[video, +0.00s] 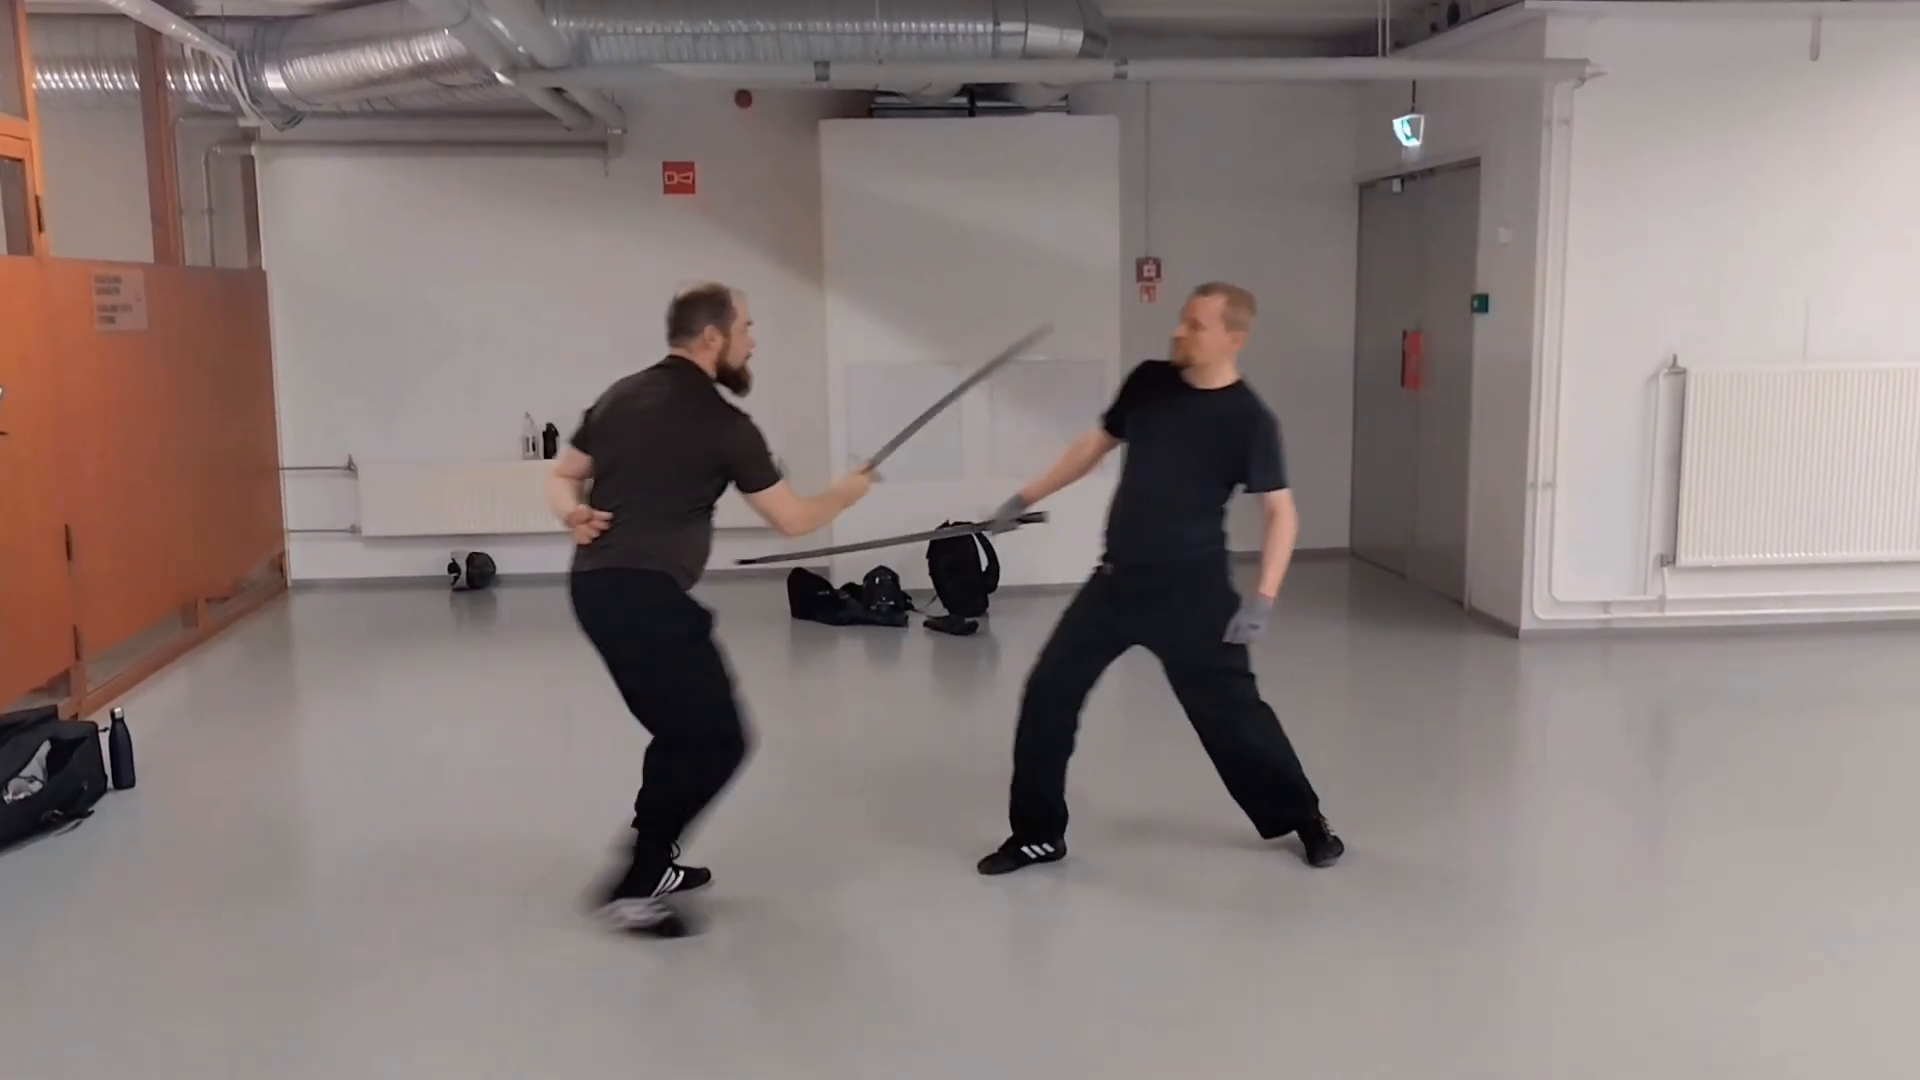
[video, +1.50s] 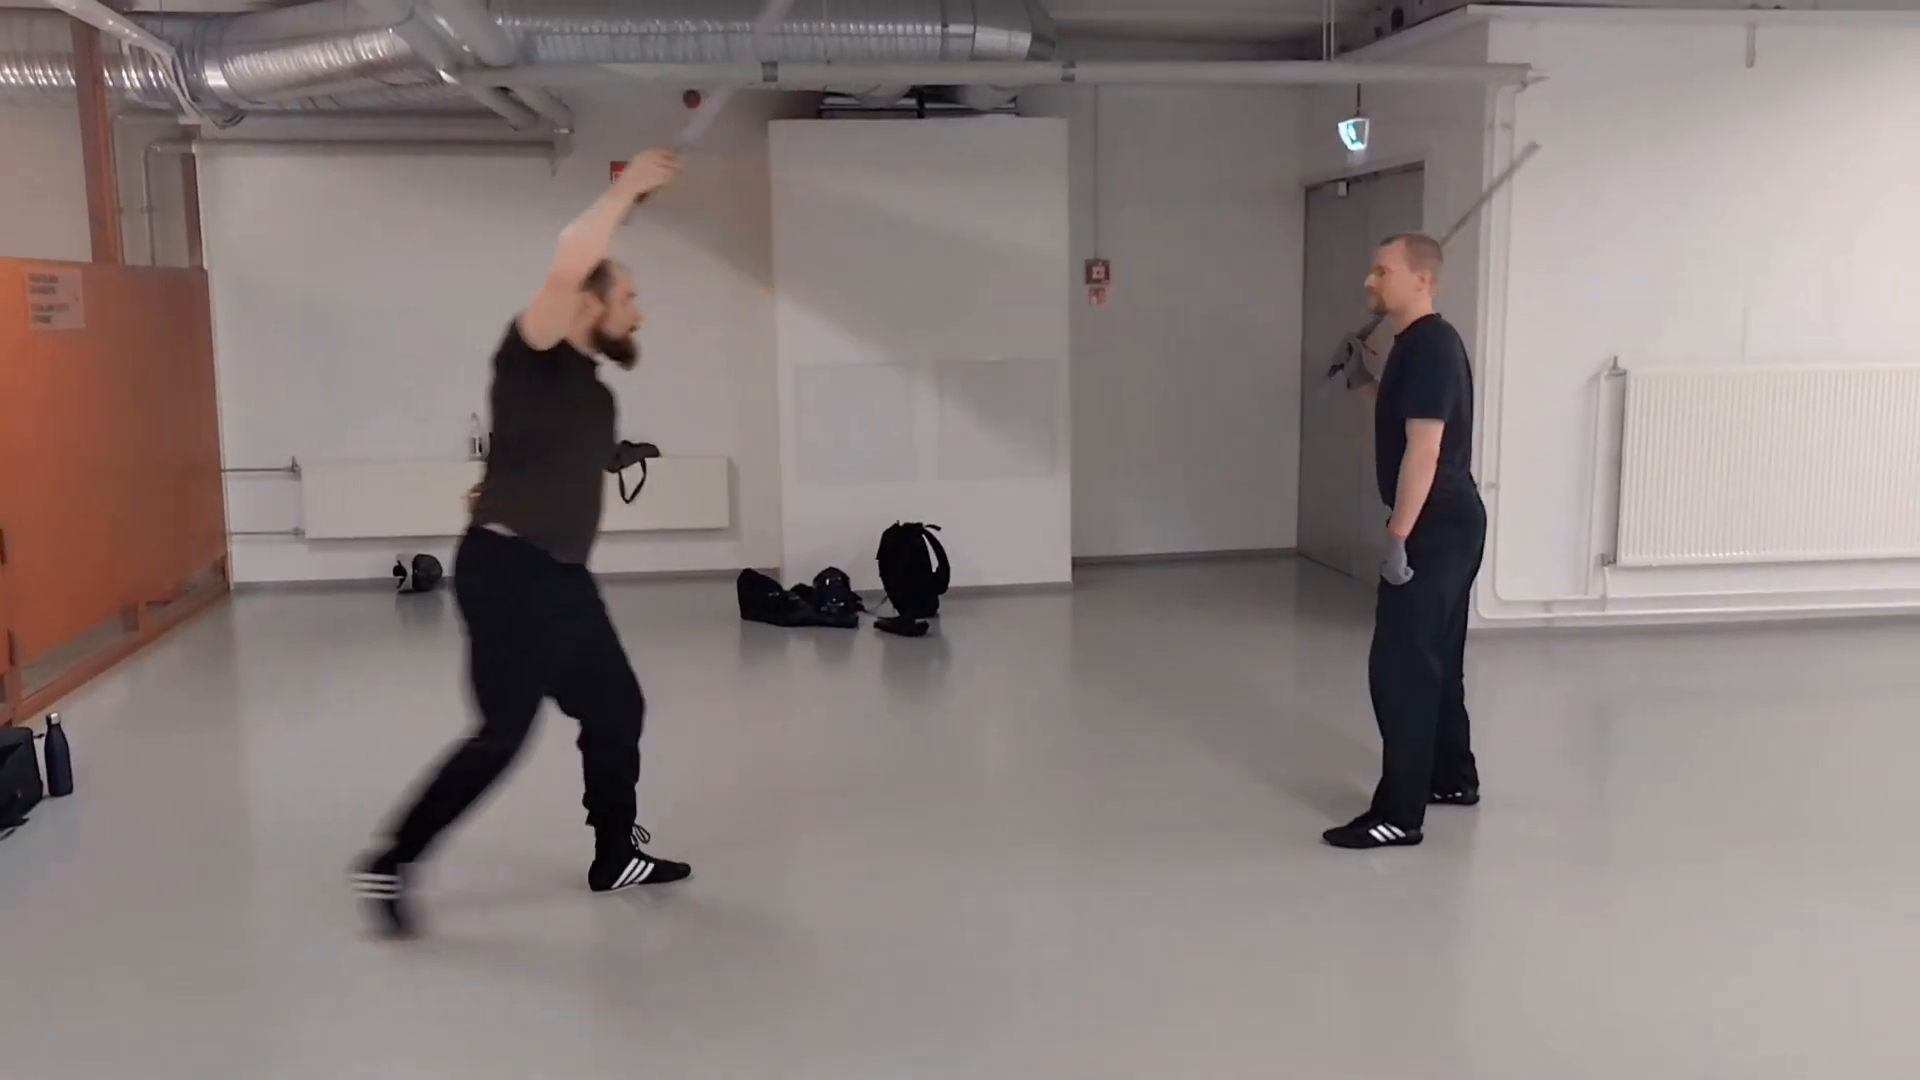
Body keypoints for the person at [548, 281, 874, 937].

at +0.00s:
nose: (751, 342)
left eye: (749, 329)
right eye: (744, 329)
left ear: (686, 338)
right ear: (713, 337)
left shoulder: (623, 397)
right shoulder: (722, 422)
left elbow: (561, 477)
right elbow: (792, 518)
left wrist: (573, 512)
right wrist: (845, 493)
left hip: (598, 586)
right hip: (651, 590)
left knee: (681, 728)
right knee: (720, 739)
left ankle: (648, 860)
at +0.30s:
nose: (819, 320)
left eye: (817, 306)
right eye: (811, 308)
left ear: (753, 318)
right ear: (776, 315)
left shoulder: (710, 383)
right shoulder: (779, 380)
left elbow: (676, 473)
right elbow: (881, 411)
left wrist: (678, 504)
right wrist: (956, 360)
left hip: (707, 577)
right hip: (763, 576)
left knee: (727, 728)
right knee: (856, 712)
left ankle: (654, 860)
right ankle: (902, 863)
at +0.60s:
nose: (895, 316)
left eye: (894, 303)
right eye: (888, 301)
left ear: (827, 306)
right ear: (861, 305)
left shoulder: (795, 379)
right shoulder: (844, 353)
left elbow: (804, 471)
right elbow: (919, 288)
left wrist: (772, 494)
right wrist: (962, 206)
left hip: (773, 567)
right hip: (826, 568)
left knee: (752, 711)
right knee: (914, 705)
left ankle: (657, 841)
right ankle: (906, 863)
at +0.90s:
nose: (843, 310)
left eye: (840, 299)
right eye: (835, 296)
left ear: (785, 303)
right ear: (810, 299)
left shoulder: (770, 370)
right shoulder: (788, 352)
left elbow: (780, 478)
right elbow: (855, 274)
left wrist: (735, 504)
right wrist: (896, 194)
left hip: (740, 569)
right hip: (780, 568)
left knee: (751, 718)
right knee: (872, 706)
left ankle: (660, 841)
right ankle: (893, 863)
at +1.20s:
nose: (742, 316)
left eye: (743, 304)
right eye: (734, 302)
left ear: (710, 313)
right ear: (698, 301)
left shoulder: (679, 376)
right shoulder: (651, 354)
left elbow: (662, 470)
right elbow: (690, 269)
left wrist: (609, 499)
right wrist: (747, 186)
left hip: (649, 562)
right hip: (639, 563)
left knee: (687, 714)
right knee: (729, 707)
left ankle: (636, 851)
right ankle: (748, 868)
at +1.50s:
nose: (638, 311)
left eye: (637, 299)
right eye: (629, 298)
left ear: (602, 311)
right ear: (590, 301)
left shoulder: (585, 379)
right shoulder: (536, 353)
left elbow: (543, 467)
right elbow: (569, 269)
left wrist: (491, 499)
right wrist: (627, 187)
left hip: (556, 574)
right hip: (504, 567)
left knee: (615, 706)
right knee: (505, 728)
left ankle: (616, 853)